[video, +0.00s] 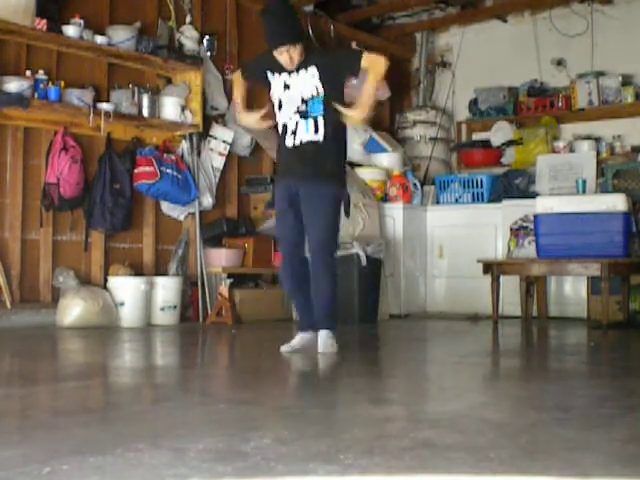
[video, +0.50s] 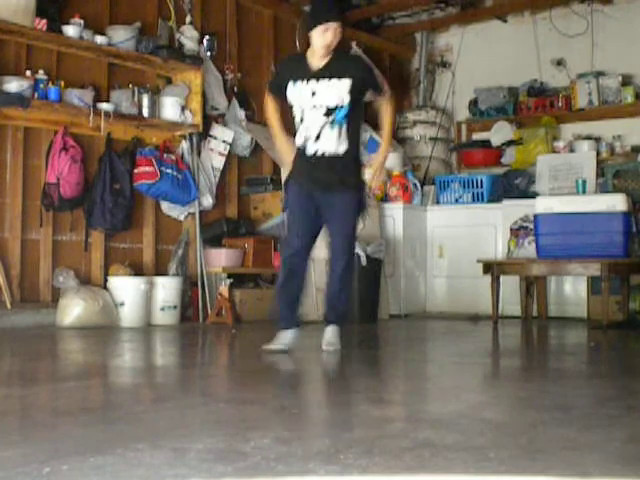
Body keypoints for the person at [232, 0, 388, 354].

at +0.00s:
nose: (287, 57)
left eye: (291, 49)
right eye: (279, 52)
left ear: (302, 39)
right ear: (271, 48)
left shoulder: (327, 61)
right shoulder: (268, 65)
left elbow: (377, 62)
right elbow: (239, 75)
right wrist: (241, 115)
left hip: (323, 175)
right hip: (287, 174)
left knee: (320, 252)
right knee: (290, 252)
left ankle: (325, 330)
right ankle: (307, 328)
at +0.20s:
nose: (296, 49)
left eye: (302, 42)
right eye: (289, 43)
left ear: (313, 37)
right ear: (280, 41)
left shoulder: (329, 61)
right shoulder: (271, 66)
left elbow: (360, 84)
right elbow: (234, 89)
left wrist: (319, 111)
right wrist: (227, 110)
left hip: (325, 177)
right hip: (287, 175)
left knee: (327, 252)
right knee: (273, 250)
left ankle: (338, 323)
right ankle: (281, 323)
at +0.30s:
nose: (302, 54)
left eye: (308, 46)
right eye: (296, 47)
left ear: (319, 46)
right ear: (288, 49)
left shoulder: (334, 78)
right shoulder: (276, 79)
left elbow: (336, 118)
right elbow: (246, 118)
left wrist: (319, 157)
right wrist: (222, 152)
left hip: (324, 182)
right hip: (286, 181)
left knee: (317, 257)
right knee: (278, 258)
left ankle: (330, 322)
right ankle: (266, 333)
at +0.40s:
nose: (312, 51)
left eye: (318, 44)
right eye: (306, 44)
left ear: (328, 48)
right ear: (297, 48)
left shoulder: (344, 84)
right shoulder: (282, 88)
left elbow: (356, 137)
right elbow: (256, 138)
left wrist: (347, 186)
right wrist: (252, 186)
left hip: (327, 193)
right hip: (290, 191)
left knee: (323, 269)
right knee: (280, 264)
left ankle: (325, 330)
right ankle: (267, 334)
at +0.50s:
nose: (332, 34)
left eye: (336, 28)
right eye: (326, 28)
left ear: (341, 31)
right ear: (310, 30)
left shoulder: (356, 67)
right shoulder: (289, 68)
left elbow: (385, 100)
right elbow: (271, 100)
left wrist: (382, 155)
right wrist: (283, 144)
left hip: (344, 179)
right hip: (302, 176)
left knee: (341, 255)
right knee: (294, 252)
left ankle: (333, 325)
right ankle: (287, 327)